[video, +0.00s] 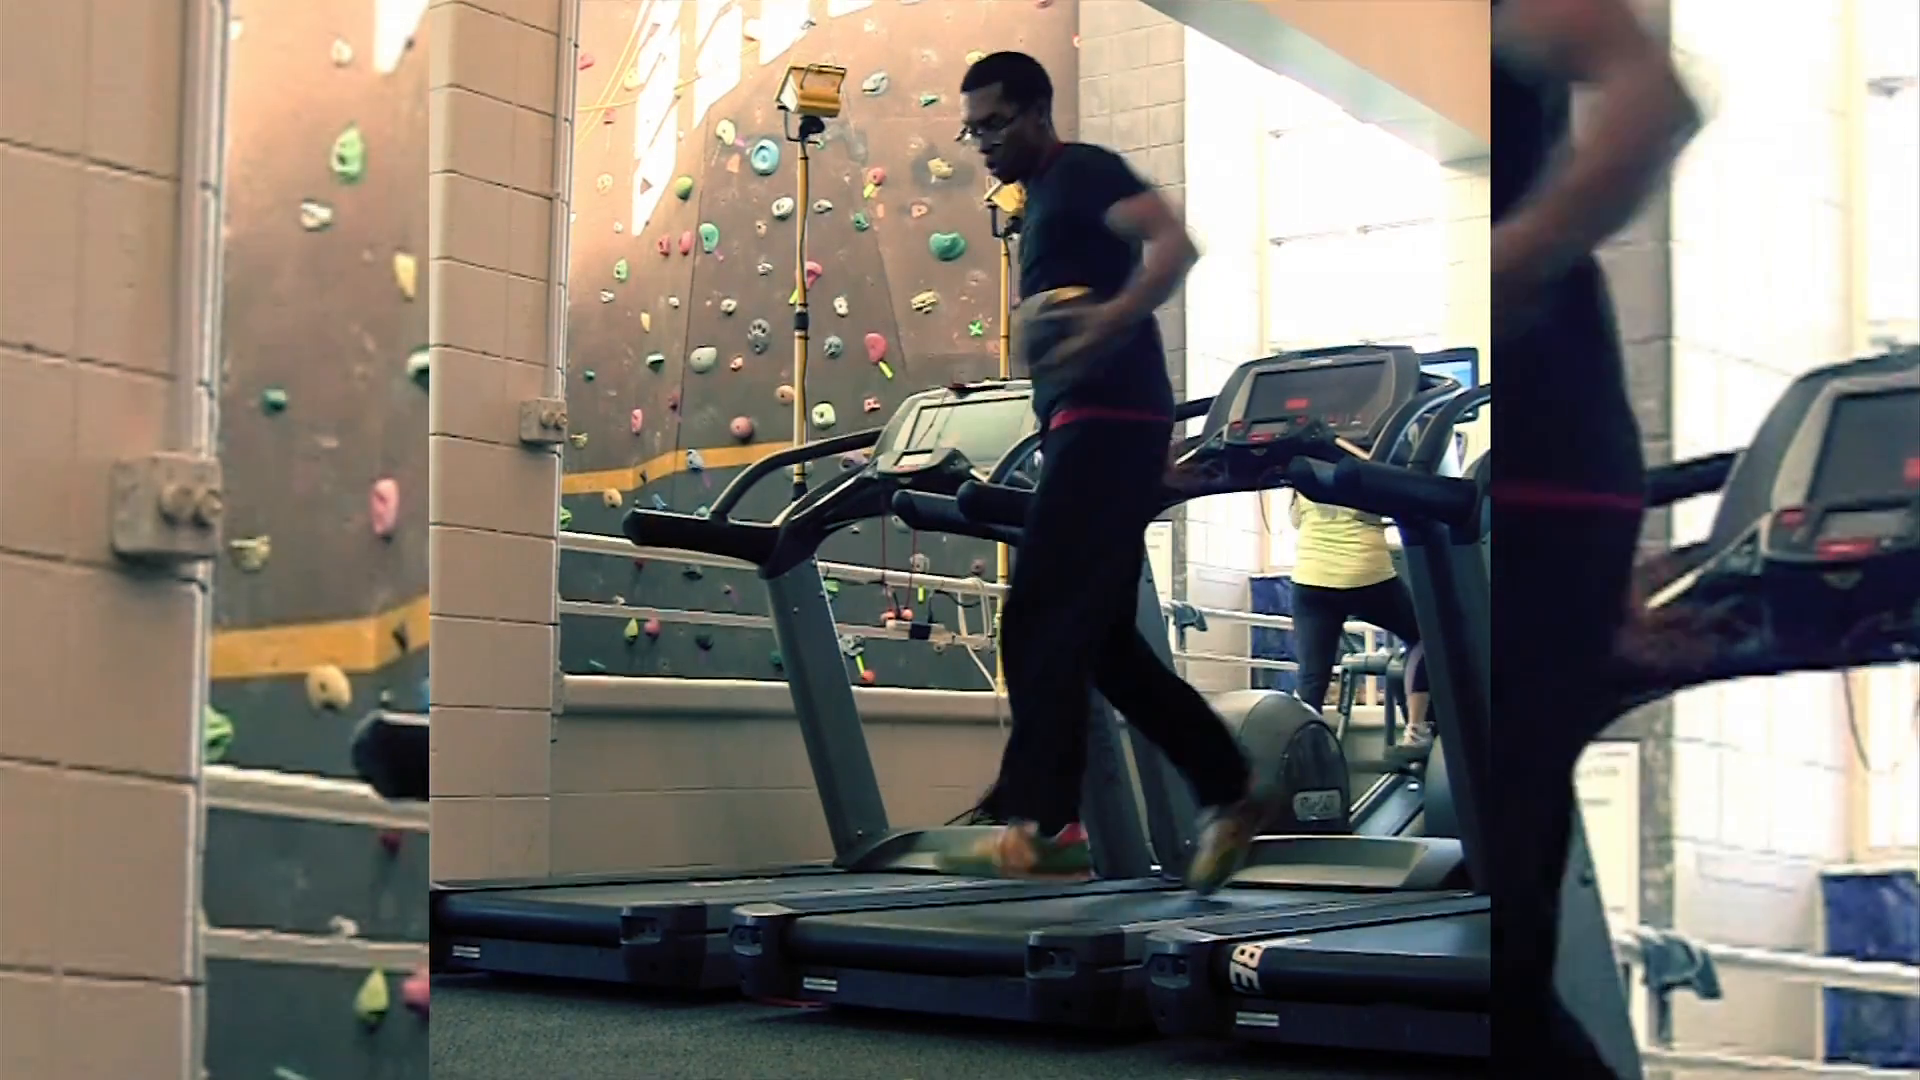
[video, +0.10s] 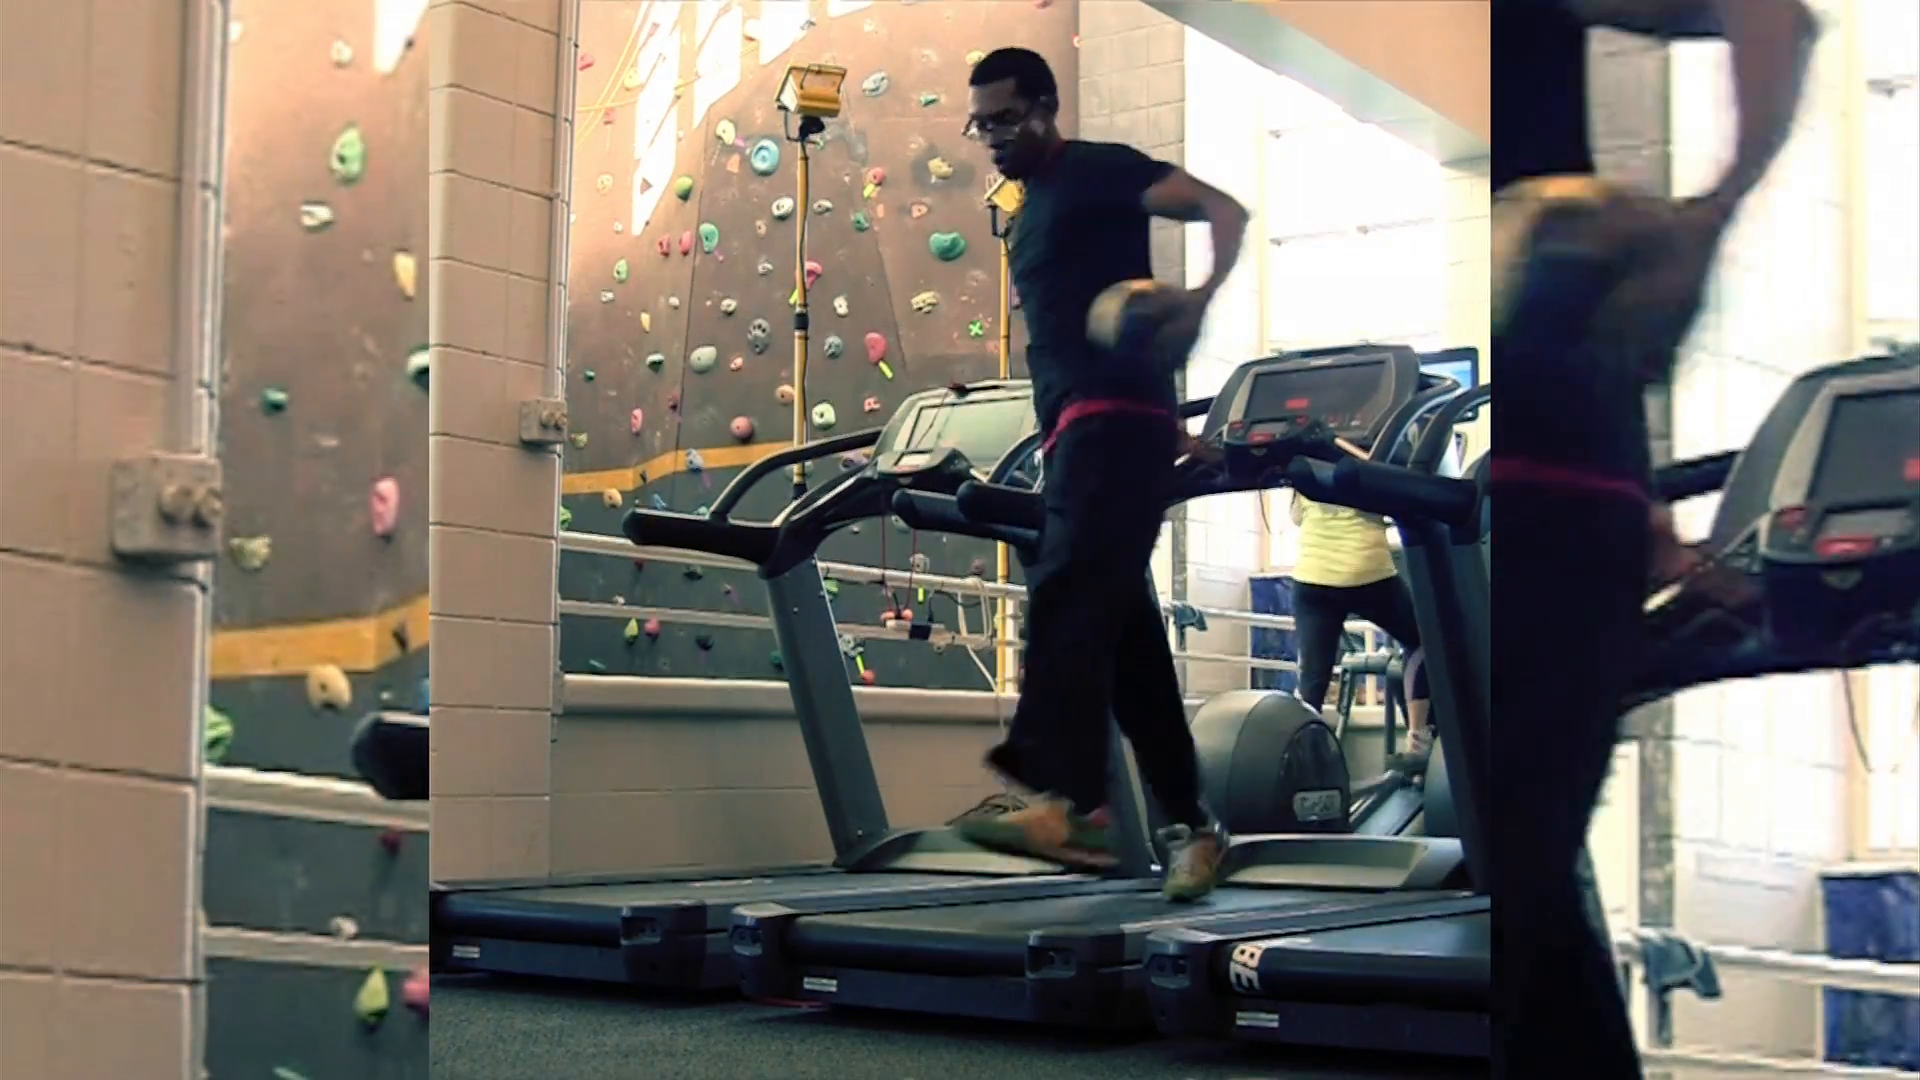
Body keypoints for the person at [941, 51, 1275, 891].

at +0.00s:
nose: (982, 143)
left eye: (993, 124)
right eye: (974, 131)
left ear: (1040, 112)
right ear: (983, 131)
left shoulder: (1082, 169)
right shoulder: (1039, 203)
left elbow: (1172, 240)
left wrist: (1108, 321)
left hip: (1108, 428)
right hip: (1087, 431)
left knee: (1039, 620)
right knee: (1100, 637)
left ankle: (1042, 827)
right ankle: (1233, 796)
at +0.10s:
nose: (992, 137)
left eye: (1006, 120)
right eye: (981, 125)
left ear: (1048, 111)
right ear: (974, 128)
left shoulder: (1101, 167)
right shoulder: (1021, 206)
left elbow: (1224, 212)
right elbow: (1069, 315)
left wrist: (1199, 297)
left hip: (1117, 419)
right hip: (1078, 429)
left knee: (1067, 597)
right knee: (1123, 626)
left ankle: (1057, 805)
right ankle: (1195, 827)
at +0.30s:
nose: (1027, 130)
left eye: (1042, 113)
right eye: (1011, 116)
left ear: (1069, 105)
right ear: (993, 114)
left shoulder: (1119, 175)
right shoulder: (1008, 221)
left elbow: (1256, 216)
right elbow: (1063, 341)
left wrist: (1301, 322)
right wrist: (1176, 397)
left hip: (1120, 420)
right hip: (1051, 441)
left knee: (1112, 607)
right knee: (1079, 640)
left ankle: (1185, 802)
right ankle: (1154, 841)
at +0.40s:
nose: (1049, 122)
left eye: (1064, 107)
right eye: (1033, 107)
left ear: (1085, 107)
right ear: (1008, 109)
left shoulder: (1138, 177)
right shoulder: (997, 215)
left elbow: (1252, 238)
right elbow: (1028, 320)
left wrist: (1281, 345)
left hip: (1126, 419)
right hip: (1044, 442)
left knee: (1137, 599)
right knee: (1079, 653)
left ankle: (1247, 798)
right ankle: (1145, 844)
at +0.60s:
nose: (1113, 116)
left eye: (1123, 103)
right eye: (1098, 99)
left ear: (1129, 107)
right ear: (1052, 96)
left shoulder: (1155, 190)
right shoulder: (995, 202)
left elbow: (1203, 292)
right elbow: (987, 320)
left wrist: (1173, 391)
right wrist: (1034, 386)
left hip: (1139, 433)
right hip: (1044, 447)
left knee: (1173, 607)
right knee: (1067, 650)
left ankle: (1301, 789)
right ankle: (1110, 847)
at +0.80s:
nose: (1164, 122)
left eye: (1171, 109)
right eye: (1154, 102)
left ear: (1158, 112)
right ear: (1100, 91)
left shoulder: (1161, 207)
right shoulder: (1008, 187)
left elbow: (1153, 324)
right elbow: (916, 278)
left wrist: (1173, 410)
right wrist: (909, 403)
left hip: (1161, 454)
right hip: (1054, 457)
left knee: (1230, 631)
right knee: (1053, 658)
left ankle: (1273, 810)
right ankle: (1064, 850)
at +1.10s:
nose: (1192, 146)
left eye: (1197, 133)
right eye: (1187, 125)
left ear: (1147, 113)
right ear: (1141, 104)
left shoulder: (1124, 207)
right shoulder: (1068, 158)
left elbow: (1080, 335)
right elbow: (946, 214)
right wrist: (960, 318)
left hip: (1142, 455)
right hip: (1071, 447)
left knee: (1200, 627)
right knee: (1057, 639)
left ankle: (1141, 835)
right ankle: (1023, 844)